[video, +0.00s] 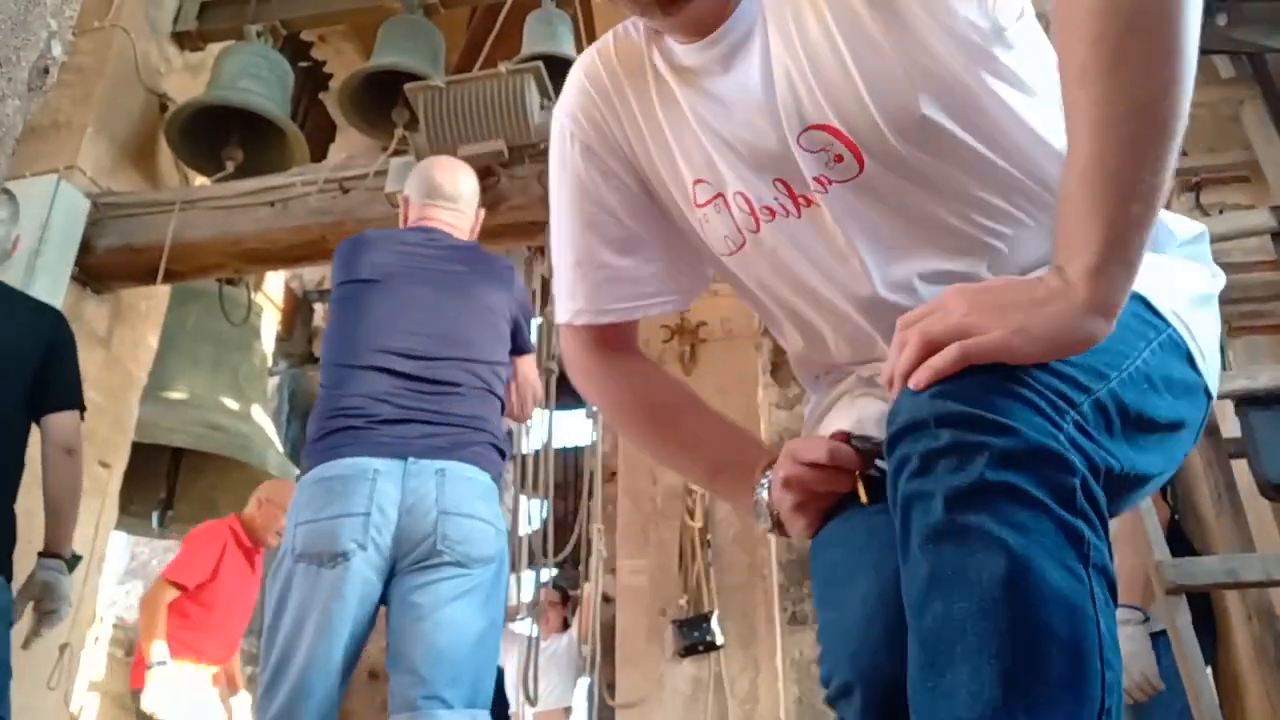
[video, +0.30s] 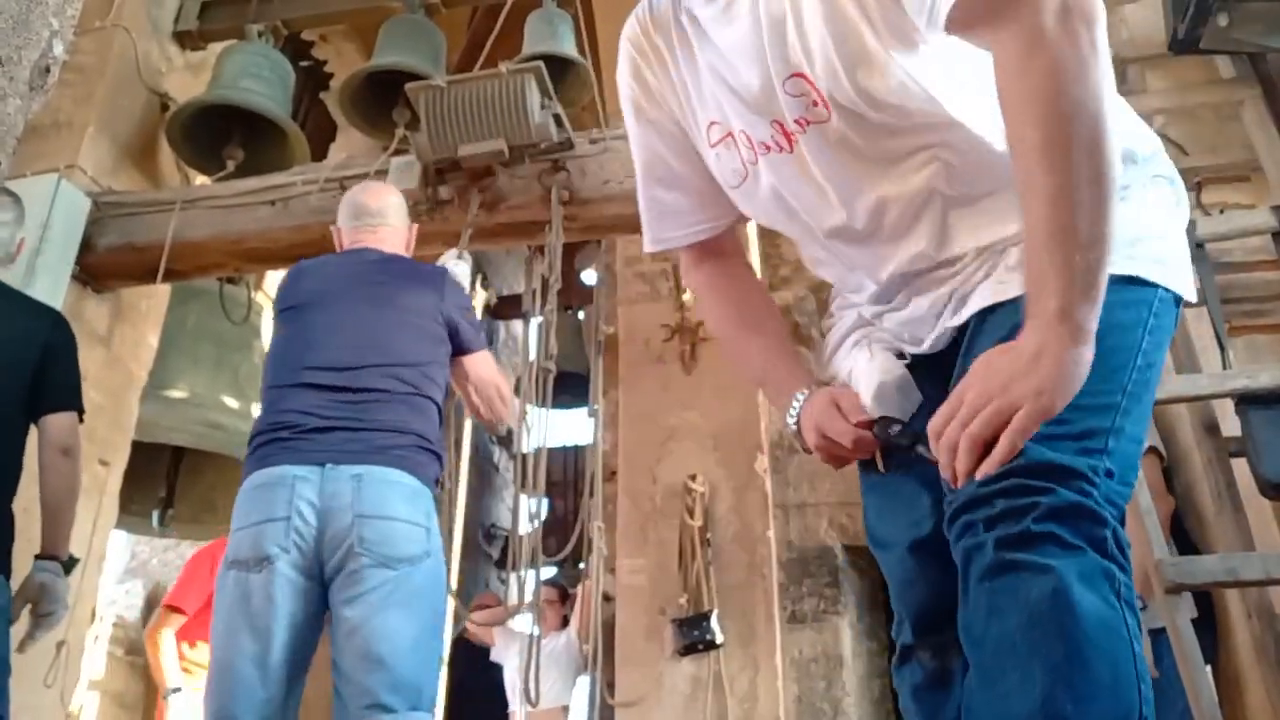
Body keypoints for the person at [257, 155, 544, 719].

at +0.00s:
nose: (400, 212)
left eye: (398, 206)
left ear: (403, 211)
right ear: (477, 223)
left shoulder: (353, 253)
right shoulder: (503, 275)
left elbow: (355, 353)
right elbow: (523, 402)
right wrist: (453, 371)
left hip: (344, 480)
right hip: (464, 488)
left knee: (293, 705)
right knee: (444, 706)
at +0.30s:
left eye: (337, 233)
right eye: (413, 231)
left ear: (337, 238)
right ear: (412, 236)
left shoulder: (295, 280)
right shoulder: (438, 285)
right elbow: (498, 410)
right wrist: (452, 354)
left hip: (273, 483)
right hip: (389, 488)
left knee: (243, 705)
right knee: (386, 706)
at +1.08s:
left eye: (321, 215)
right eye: (400, 217)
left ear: (321, 222)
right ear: (397, 222)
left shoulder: (272, 275)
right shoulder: (411, 274)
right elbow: (478, 393)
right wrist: (439, 322)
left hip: (232, 496)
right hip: (344, 489)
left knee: (226, 708)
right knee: (308, 708)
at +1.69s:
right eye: (396, 210)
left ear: (318, 218)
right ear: (393, 214)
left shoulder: (272, 272)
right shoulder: (414, 270)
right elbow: (480, 393)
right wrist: (440, 322)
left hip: (238, 489)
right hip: (352, 487)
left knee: (218, 707)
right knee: (311, 707)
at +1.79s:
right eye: (394, 210)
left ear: (316, 218)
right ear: (391, 214)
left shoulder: (271, 272)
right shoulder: (413, 271)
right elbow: (479, 393)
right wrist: (433, 325)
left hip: (238, 488)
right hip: (351, 486)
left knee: (217, 708)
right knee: (311, 707)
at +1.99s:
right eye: (392, 209)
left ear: (313, 218)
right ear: (388, 213)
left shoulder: (267, 272)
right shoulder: (409, 270)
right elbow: (477, 391)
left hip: (234, 488)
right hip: (348, 487)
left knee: (215, 709)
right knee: (309, 707)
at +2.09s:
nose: (392, 214)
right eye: (392, 208)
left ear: (312, 217)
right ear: (387, 212)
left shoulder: (266, 271)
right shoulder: (407, 269)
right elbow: (474, 386)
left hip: (232, 489)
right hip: (346, 488)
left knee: (214, 709)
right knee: (308, 708)